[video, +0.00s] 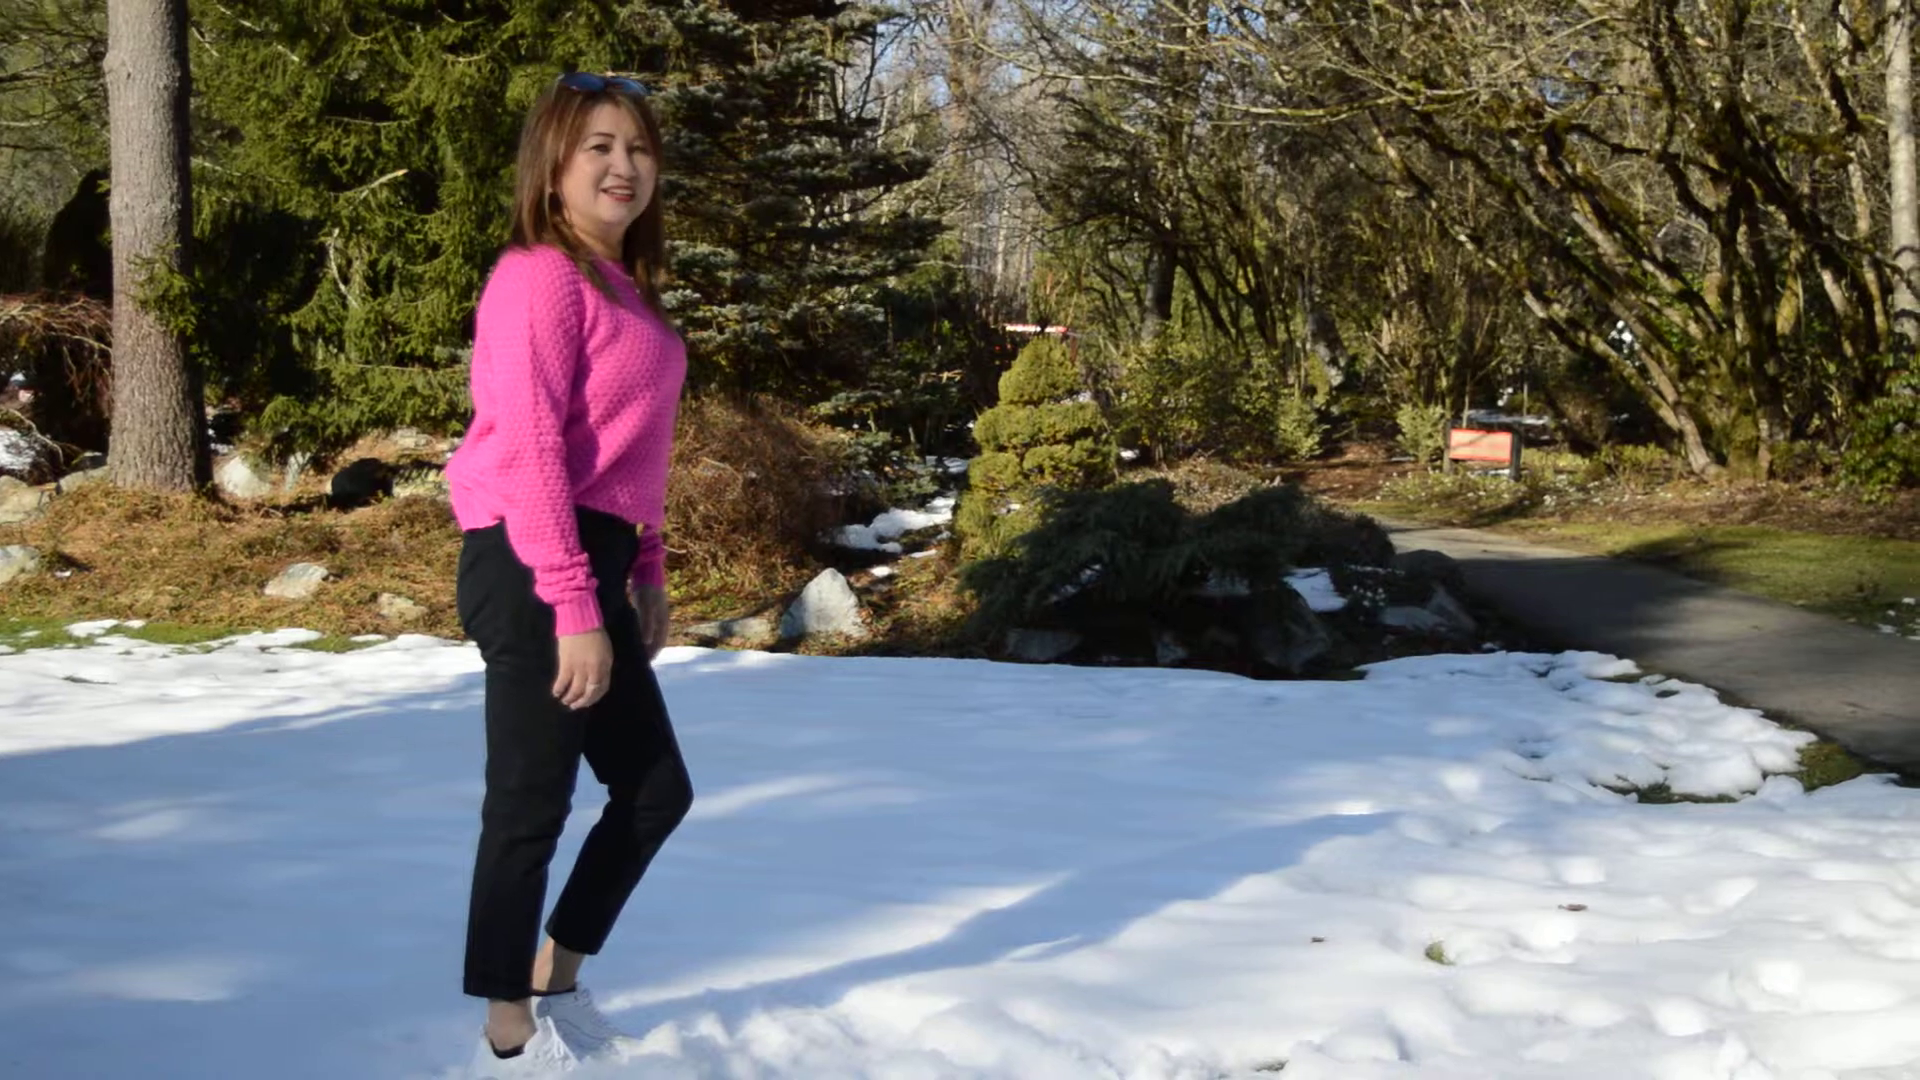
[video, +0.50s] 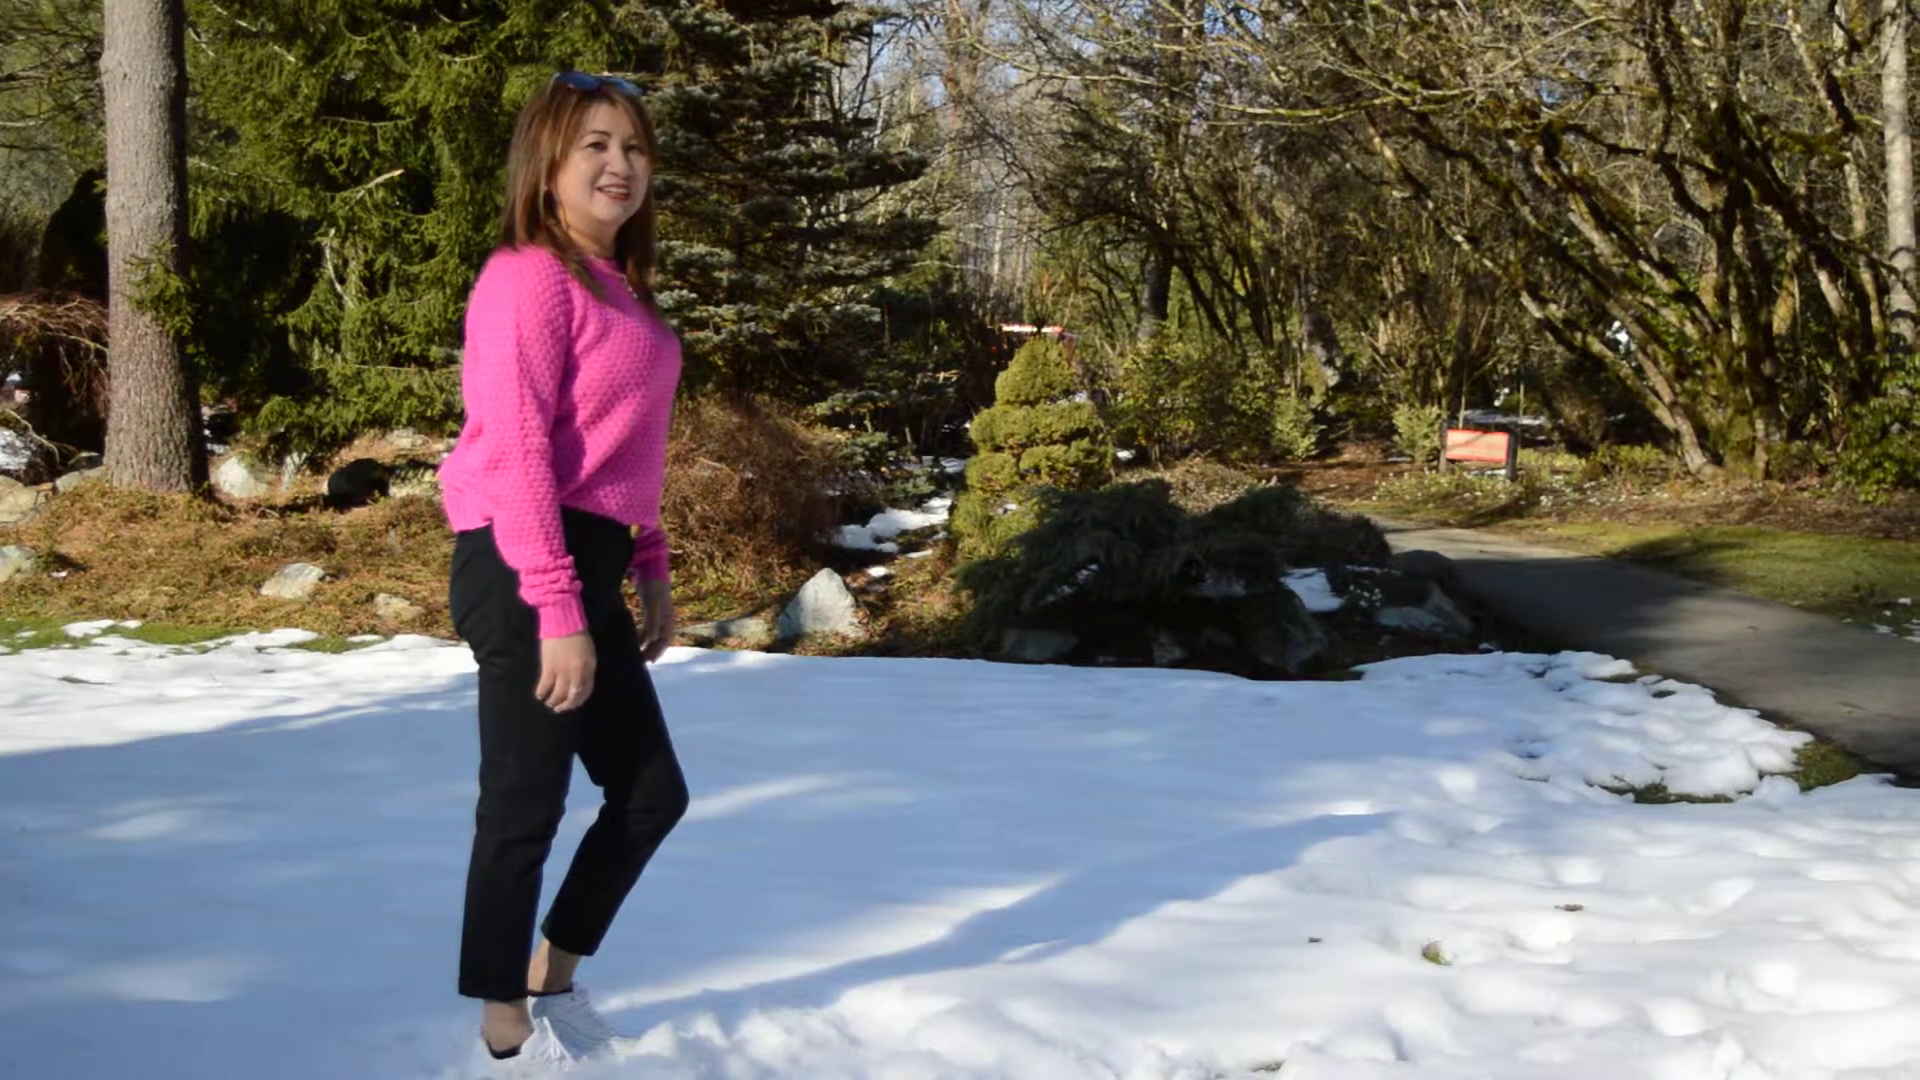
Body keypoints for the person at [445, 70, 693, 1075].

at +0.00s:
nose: (623, 166)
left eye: (638, 149)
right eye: (600, 146)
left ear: (654, 173)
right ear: (553, 166)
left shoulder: (625, 292)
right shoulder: (536, 278)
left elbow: (634, 451)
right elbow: (531, 453)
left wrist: (647, 571)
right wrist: (572, 610)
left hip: (596, 555)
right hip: (525, 551)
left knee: (655, 790)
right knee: (530, 794)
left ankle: (554, 978)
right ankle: (506, 1038)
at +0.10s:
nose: (621, 166)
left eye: (636, 150)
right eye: (597, 147)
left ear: (651, 173)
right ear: (550, 166)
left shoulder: (623, 291)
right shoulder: (532, 279)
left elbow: (629, 449)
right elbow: (527, 454)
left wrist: (645, 571)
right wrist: (568, 611)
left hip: (593, 556)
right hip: (523, 552)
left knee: (654, 791)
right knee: (527, 796)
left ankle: (551, 980)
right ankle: (504, 1040)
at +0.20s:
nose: (620, 166)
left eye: (635, 150)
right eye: (596, 147)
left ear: (650, 174)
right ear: (549, 165)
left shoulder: (621, 292)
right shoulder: (528, 279)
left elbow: (631, 449)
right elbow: (522, 450)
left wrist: (644, 573)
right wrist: (563, 608)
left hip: (593, 558)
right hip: (522, 554)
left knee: (653, 792)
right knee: (524, 800)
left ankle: (550, 979)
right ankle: (503, 1039)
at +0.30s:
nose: (620, 166)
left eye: (635, 150)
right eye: (597, 146)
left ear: (649, 174)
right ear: (548, 164)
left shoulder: (619, 292)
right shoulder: (527, 279)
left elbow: (628, 450)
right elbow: (519, 451)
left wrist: (645, 573)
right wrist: (560, 609)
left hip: (591, 559)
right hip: (521, 554)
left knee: (652, 793)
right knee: (523, 801)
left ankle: (550, 979)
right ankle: (503, 1039)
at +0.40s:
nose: (619, 166)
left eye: (635, 150)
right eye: (596, 146)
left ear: (649, 174)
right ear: (547, 164)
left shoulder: (619, 292)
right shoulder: (525, 278)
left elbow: (627, 451)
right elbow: (517, 450)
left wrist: (647, 573)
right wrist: (558, 609)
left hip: (589, 560)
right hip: (520, 554)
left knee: (652, 792)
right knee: (523, 802)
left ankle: (549, 980)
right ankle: (502, 1039)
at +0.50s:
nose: (620, 165)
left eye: (635, 149)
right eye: (596, 145)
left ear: (648, 173)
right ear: (547, 163)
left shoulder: (618, 291)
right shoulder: (524, 278)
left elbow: (624, 451)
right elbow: (516, 450)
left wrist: (649, 571)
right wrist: (557, 610)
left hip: (589, 560)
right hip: (519, 555)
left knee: (651, 793)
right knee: (522, 803)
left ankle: (549, 981)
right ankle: (501, 1040)